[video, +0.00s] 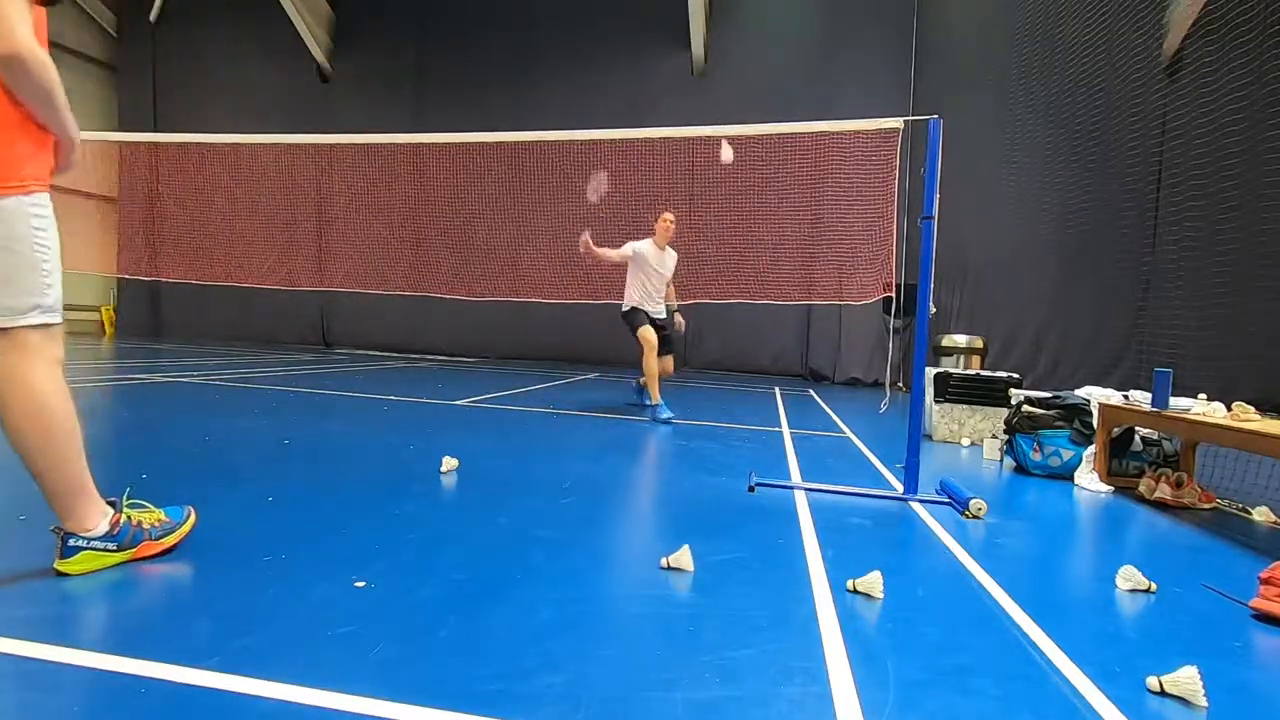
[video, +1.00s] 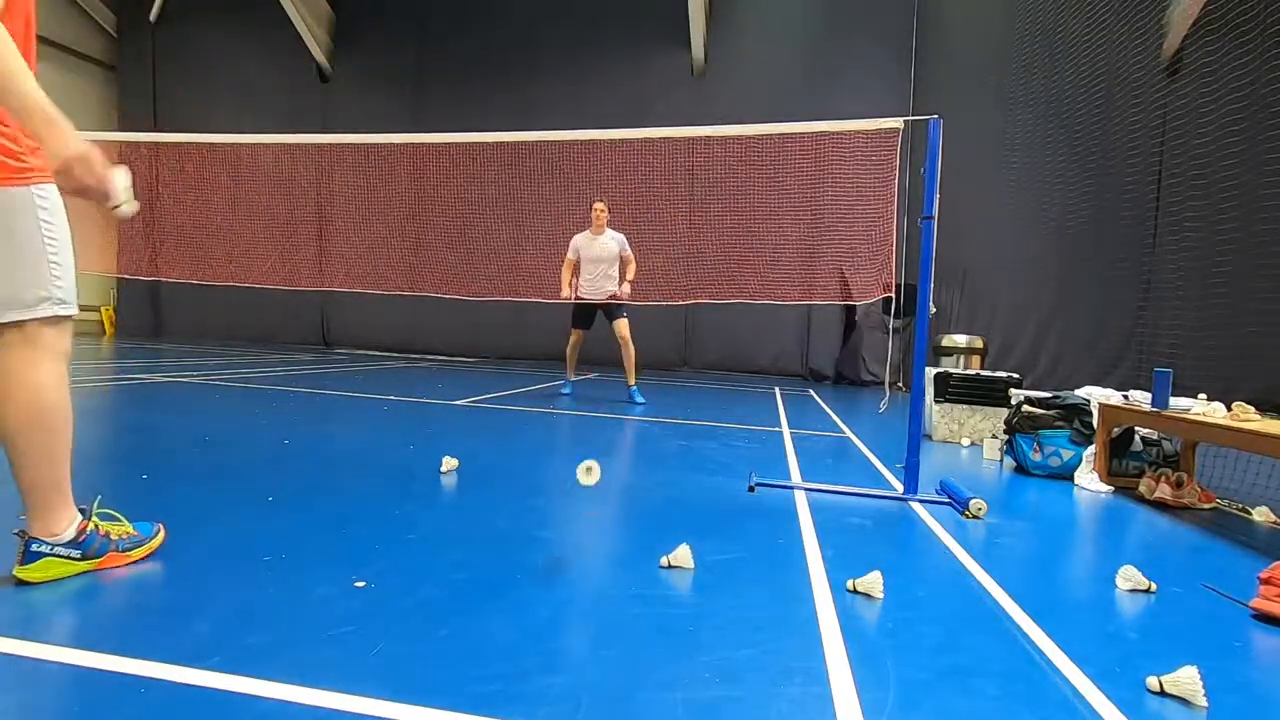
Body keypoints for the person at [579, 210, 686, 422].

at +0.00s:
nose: (669, 226)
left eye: (672, 223)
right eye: (665, 221)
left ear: (675, 229)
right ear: (655, 225)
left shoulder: (672, 256)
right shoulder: (639, 248)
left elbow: (668, 285)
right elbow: (615, 255)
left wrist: (675, 312)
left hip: (658, 312)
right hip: (635, 308)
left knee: (667, 368)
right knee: (651, 342)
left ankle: (642, 383)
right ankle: (657, 403)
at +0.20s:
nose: (649, 208)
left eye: (653, 205)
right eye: (646, 204)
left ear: (658, 211)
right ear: (639, 208)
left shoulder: (663, 240)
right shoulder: (623, 232)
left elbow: (672, 270)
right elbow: (593, 239)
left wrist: (688, 292)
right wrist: (568, 227)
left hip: (648, 300)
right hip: (625, 296)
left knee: (653, 350)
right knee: (630, 332)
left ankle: (633, 387)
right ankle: (632, 393)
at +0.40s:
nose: (631, 201)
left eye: (635, 199)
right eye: (628, 198)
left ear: (640, 204)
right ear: (622, 202)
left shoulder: (649, 231)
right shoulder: (608, 229)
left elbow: (659, 259)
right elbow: (585, 247)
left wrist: (669, 273)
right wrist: (565, 253)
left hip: (637, 293)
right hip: (611, 291)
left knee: (641, 341)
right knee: (600, 337)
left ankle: (634, 391)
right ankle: (590, 384)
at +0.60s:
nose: (609, 212)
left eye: (613, 210)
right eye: (606, 209)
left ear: (619, 216)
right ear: (601, 214)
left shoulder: (629, 240)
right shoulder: (588, 241)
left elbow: (638, 266)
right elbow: (575, 268)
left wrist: (639, 284)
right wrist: (567, 294)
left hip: (619, 300)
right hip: (592, 300)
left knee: (631, 340)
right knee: (576, 341)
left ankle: (633, 389)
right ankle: (564, 380)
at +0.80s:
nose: (597, 211)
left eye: (601, 208)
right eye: (594, 207)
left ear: (606, 213)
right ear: (588, 211)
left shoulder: (617, 236)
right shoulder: (577, 238)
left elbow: (628, 261)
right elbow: (569, 267)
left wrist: (623, 282)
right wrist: (565, 292)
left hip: (610, 296)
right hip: (583, 296)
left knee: (624, 335)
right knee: (571, 338)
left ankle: (634, 385)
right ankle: (564, 382)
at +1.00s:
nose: (599, 214)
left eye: (602, 211)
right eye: (596, 211)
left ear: (608, 215)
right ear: (590, 214)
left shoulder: (618, 239)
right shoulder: (578, 240)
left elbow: (630, 262)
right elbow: (568, 265)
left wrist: (627, 282)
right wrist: (565, 287)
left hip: (611, 297)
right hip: (585, 298)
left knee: (625, 337)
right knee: (575, 339)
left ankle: (632, 386)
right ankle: (569, 380)